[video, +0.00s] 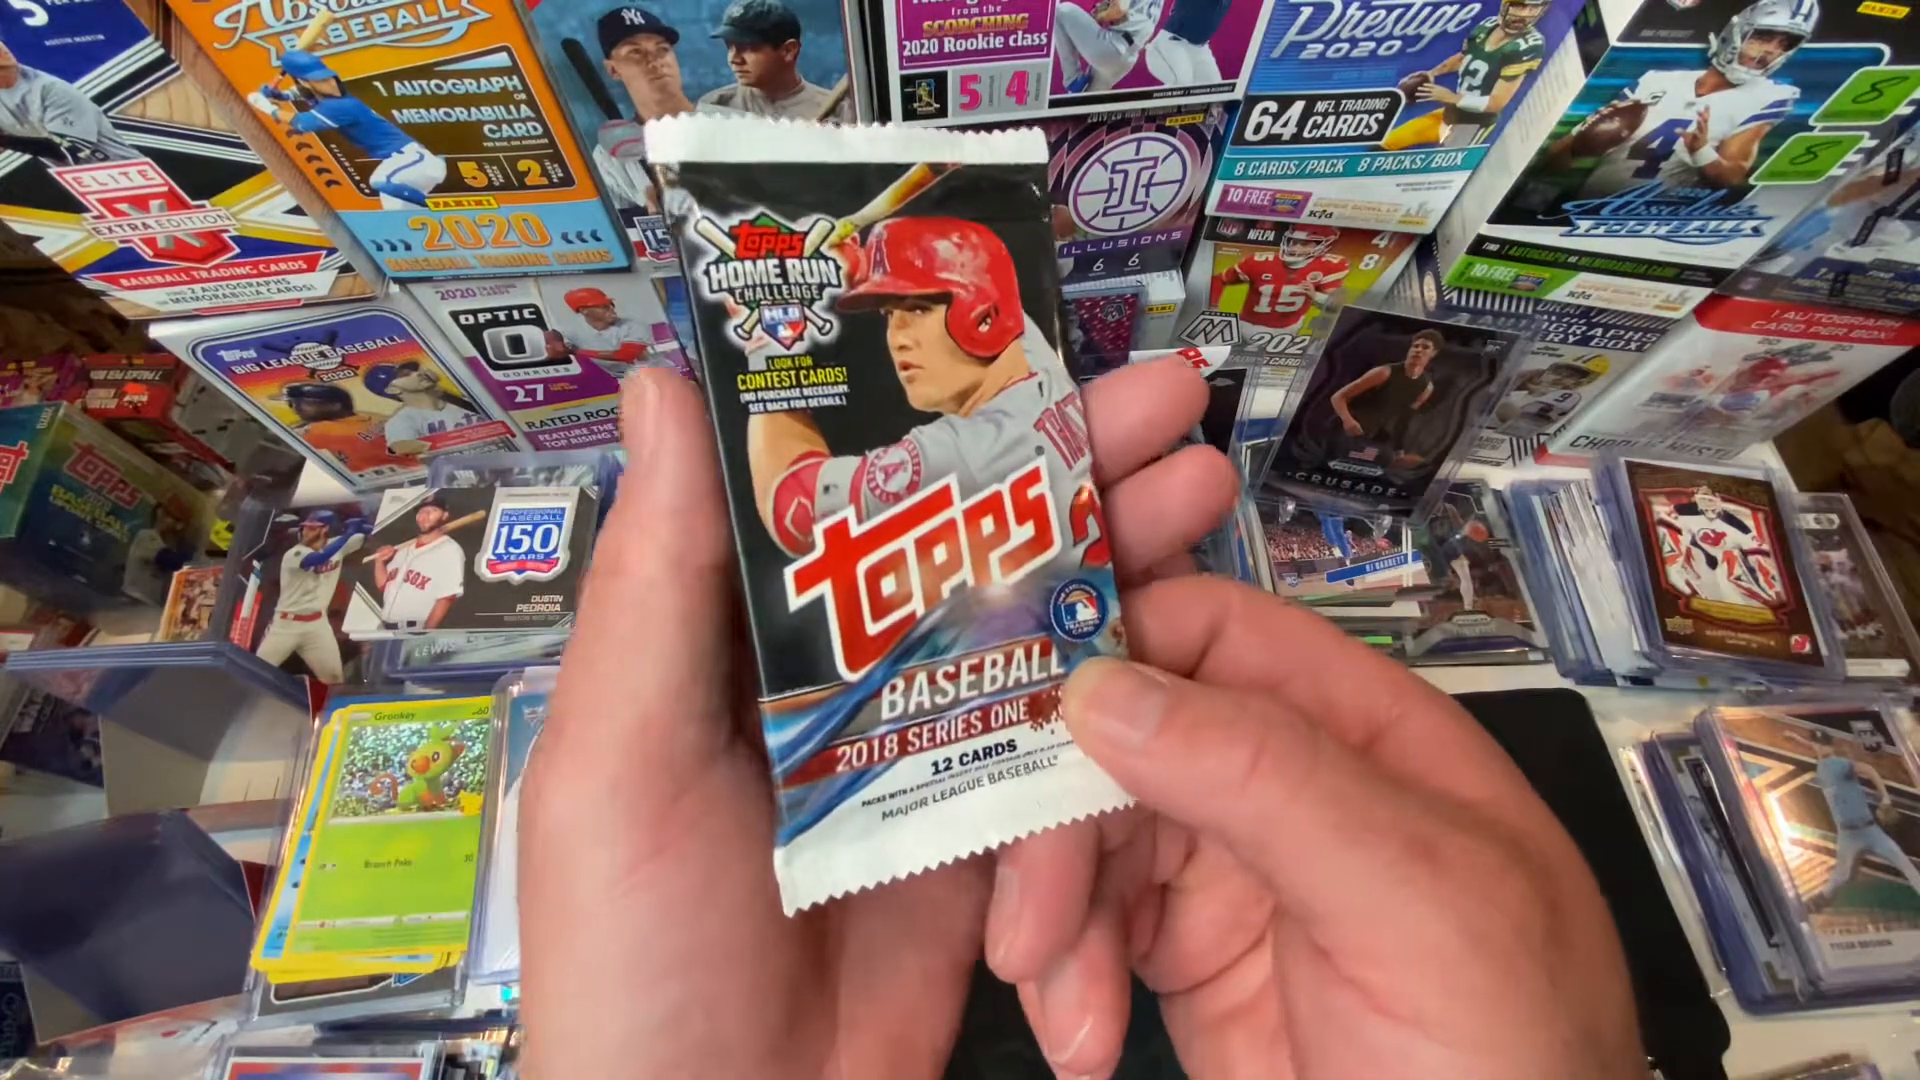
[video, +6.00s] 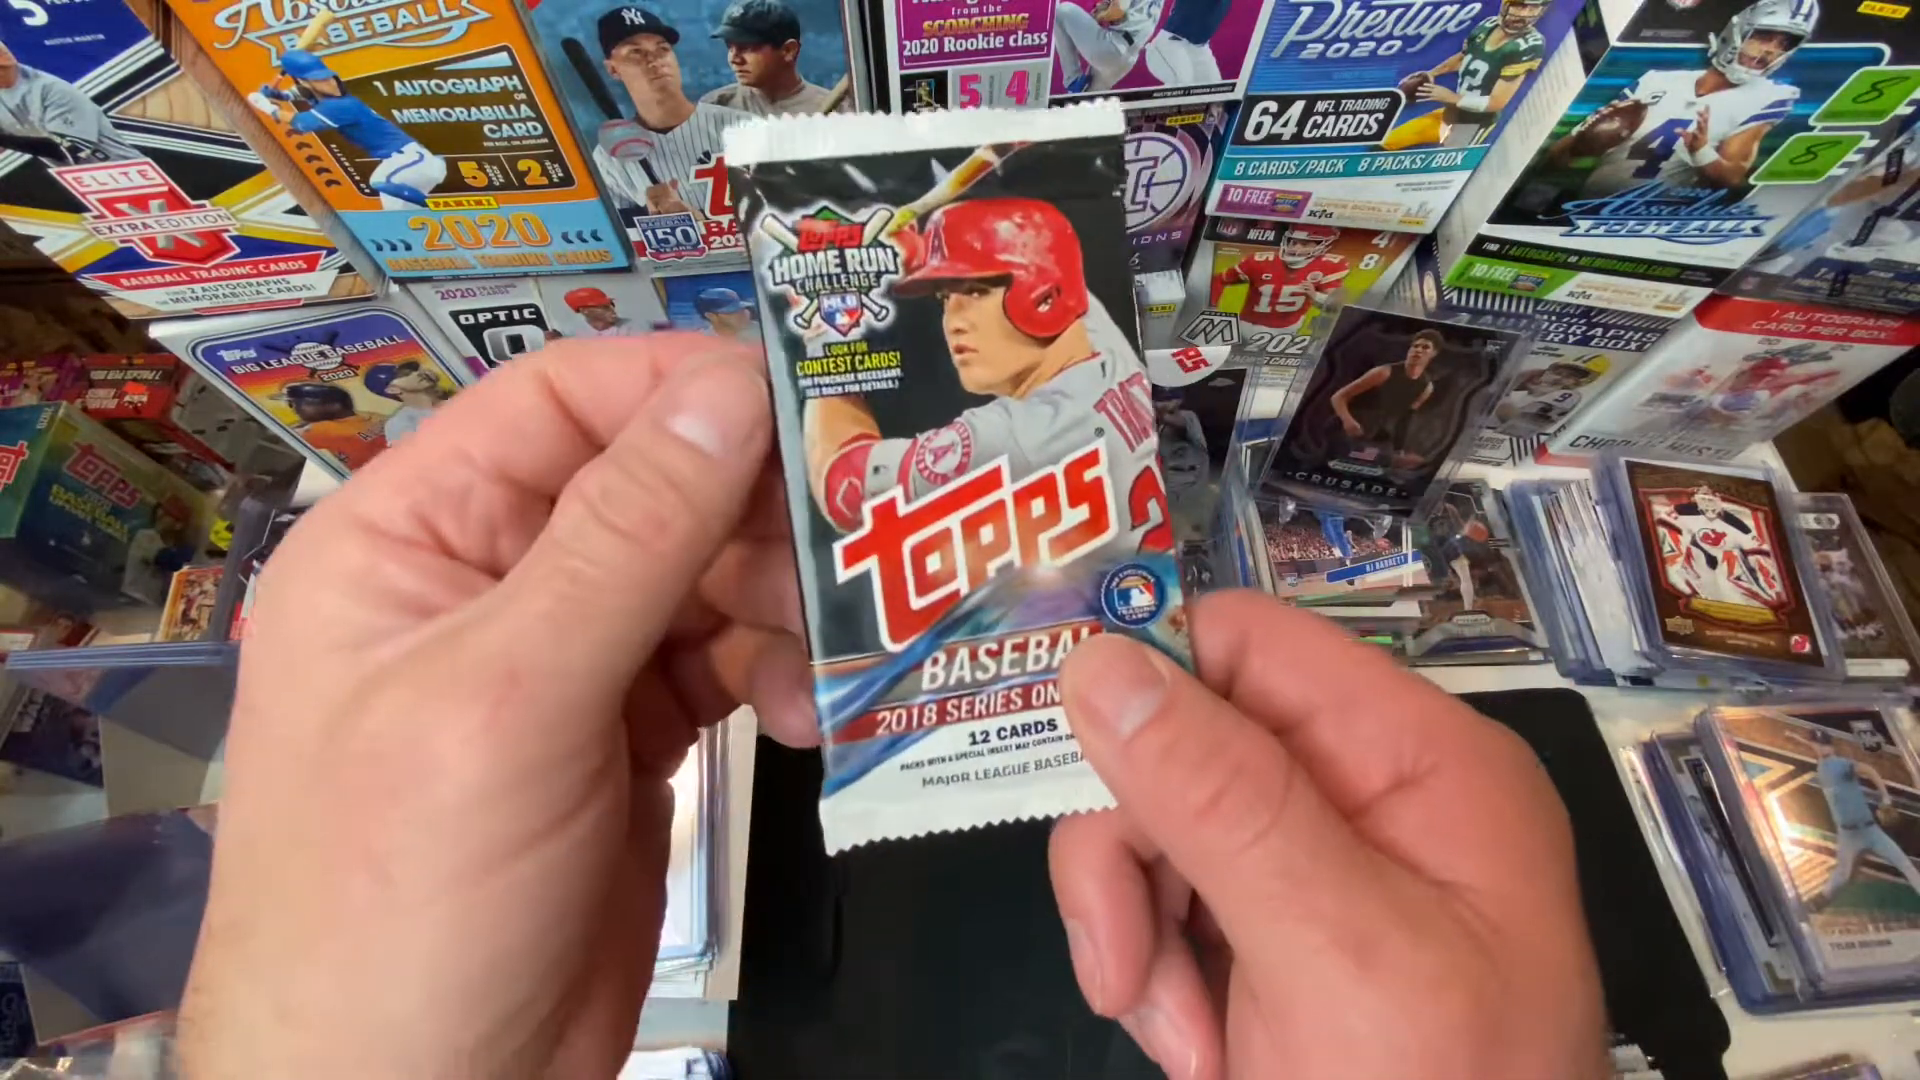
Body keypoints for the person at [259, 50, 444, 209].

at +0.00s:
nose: (330, 80)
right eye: (323, 78)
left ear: (309, 83)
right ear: (307, 84)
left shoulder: (344, 107)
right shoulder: (332, 103)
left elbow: (300, 122)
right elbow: (302, 92)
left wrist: (270, 110)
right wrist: (277, 95)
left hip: (414, 158)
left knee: (380, 179)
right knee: (399, 223)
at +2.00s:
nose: (329, 80)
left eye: (326, 76)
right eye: (322, 77)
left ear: (308, 82)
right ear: (306, 83)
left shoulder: (343, 106)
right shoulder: (334, 102)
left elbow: (300, 122)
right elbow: (302, 93)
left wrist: (271, 109)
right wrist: (278, 95)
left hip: (415, 159)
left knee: (380, 179)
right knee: (400, 220)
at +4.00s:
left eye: (325, 76)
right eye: (320, 77)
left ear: (309, 83)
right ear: (306, 83)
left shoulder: (343, 106)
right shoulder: (333, 102)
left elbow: (300, 122)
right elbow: (303, 92)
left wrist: (270, 109)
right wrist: (277, 94)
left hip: (415, 159)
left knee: (381, 180)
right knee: (400, 219)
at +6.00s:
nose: (330, 80)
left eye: (327, 76)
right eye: (322, 78)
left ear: (310, 84)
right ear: (306, 84)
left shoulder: (343, 106)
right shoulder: (333, 102)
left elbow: (299, 123)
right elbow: (301, 92)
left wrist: (271, 110)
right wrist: (276, 94)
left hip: (412, 159)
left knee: (380, 180)